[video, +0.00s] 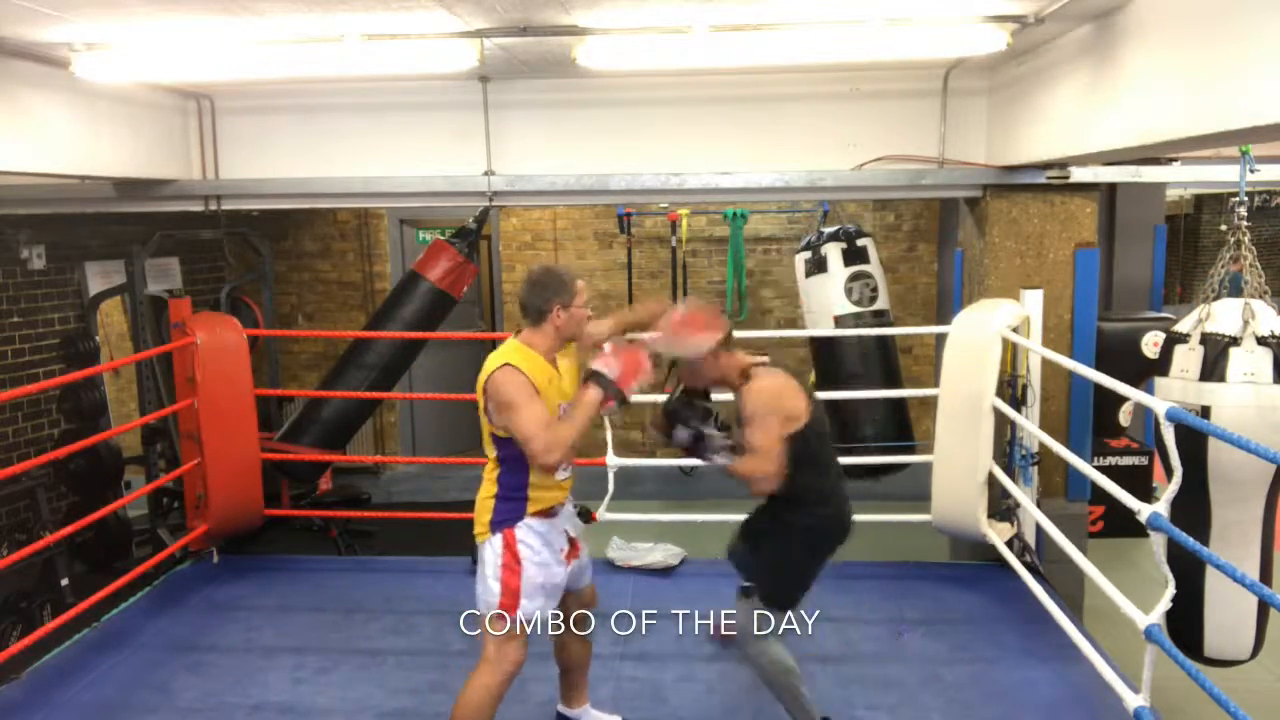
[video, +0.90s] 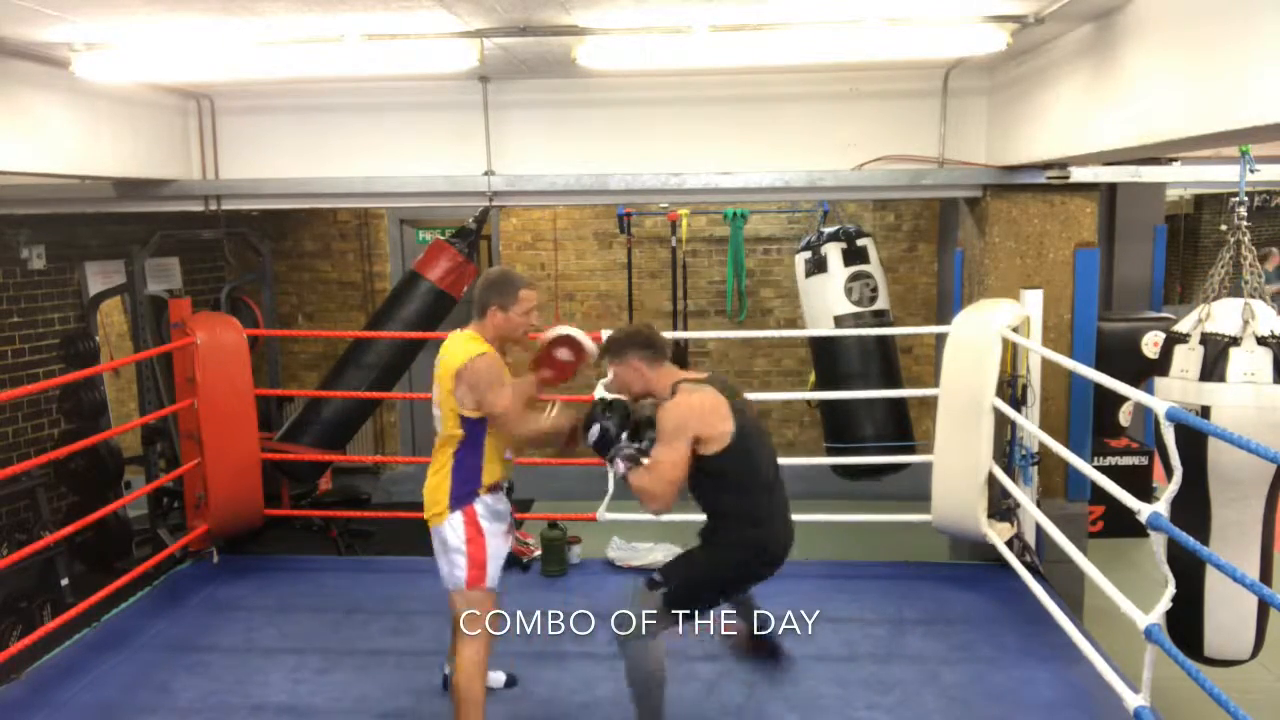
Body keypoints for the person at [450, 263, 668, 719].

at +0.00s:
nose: (588, 313)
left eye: (586, 305)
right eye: (583, 306)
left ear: (555, 314)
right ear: (557, 315)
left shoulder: (566, 347)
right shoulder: (507, 375)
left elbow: (620, 322)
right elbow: (547, 451)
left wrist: (669, 313)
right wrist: (597, 387)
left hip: (555, 514)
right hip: (513, 527)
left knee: (580, 606)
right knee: (504, 657)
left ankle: (575, 706)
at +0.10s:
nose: (581, 320)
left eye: (580, 312)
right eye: (576, 311)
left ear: (544, 313)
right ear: (552, 315)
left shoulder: (549, 356)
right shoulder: (503, 375)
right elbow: (558, 448)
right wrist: (588, 375)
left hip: (543, 519)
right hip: (503, 528)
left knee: (569, 609)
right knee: (494, 662)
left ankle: (574, 706)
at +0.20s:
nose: (570, 316)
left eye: (571, 307)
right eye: (568, 306)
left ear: (519, 305)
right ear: (549, 310)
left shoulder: (486, 352)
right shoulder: (519, 374)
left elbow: (533, 409)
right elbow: (582, 443)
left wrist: (575, 361)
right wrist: (593, 371)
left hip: (516, 521)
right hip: (500, 531)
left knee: (547, 608)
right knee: (490, 666)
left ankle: (565, 705)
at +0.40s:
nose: (557, 315)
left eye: (558, 304)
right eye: (554, 304)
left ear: (501, 304)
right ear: (533, 308)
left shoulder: (469, 351)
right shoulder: (513, 370)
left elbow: (505, 415)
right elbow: (563, 452)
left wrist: (545, 365)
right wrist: (592, 417)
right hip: (485, 533)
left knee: (520, 624)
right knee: (489, 670)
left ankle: (524, 707)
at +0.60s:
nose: (541, 315)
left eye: (540, 305)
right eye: (537, 305)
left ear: (488, 308)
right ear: (514, 309)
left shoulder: (455, 353)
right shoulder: (503, 356)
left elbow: (530, 408)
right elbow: (565, 388)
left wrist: (593, 403)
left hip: (454, 518)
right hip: (480, 527)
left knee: (483, 603)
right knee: (491, 664)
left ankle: (491, 683)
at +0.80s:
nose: (536, 320)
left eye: (536, 311)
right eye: (531, 312)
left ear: (489, 316)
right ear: (505, 318)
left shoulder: (454, 352)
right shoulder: (496, 355)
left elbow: (518, 378)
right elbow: (568, 357)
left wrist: (545, 345)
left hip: (452, 507)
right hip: (472, 516)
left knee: (472, 603)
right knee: (472, 649)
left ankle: (468, 669)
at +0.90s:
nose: (532, 322)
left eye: (534, 312)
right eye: (526, 312)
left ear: (493, 313)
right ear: (496, 312)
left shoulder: (462, 345)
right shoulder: (479, 358)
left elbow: (504, 400)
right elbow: (517, 428)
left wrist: (543, 373)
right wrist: (567, 422)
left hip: (467, 495)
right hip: (466, 502)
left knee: (472, 596)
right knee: (476, 626)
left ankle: (461, 666)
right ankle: (470, 713)